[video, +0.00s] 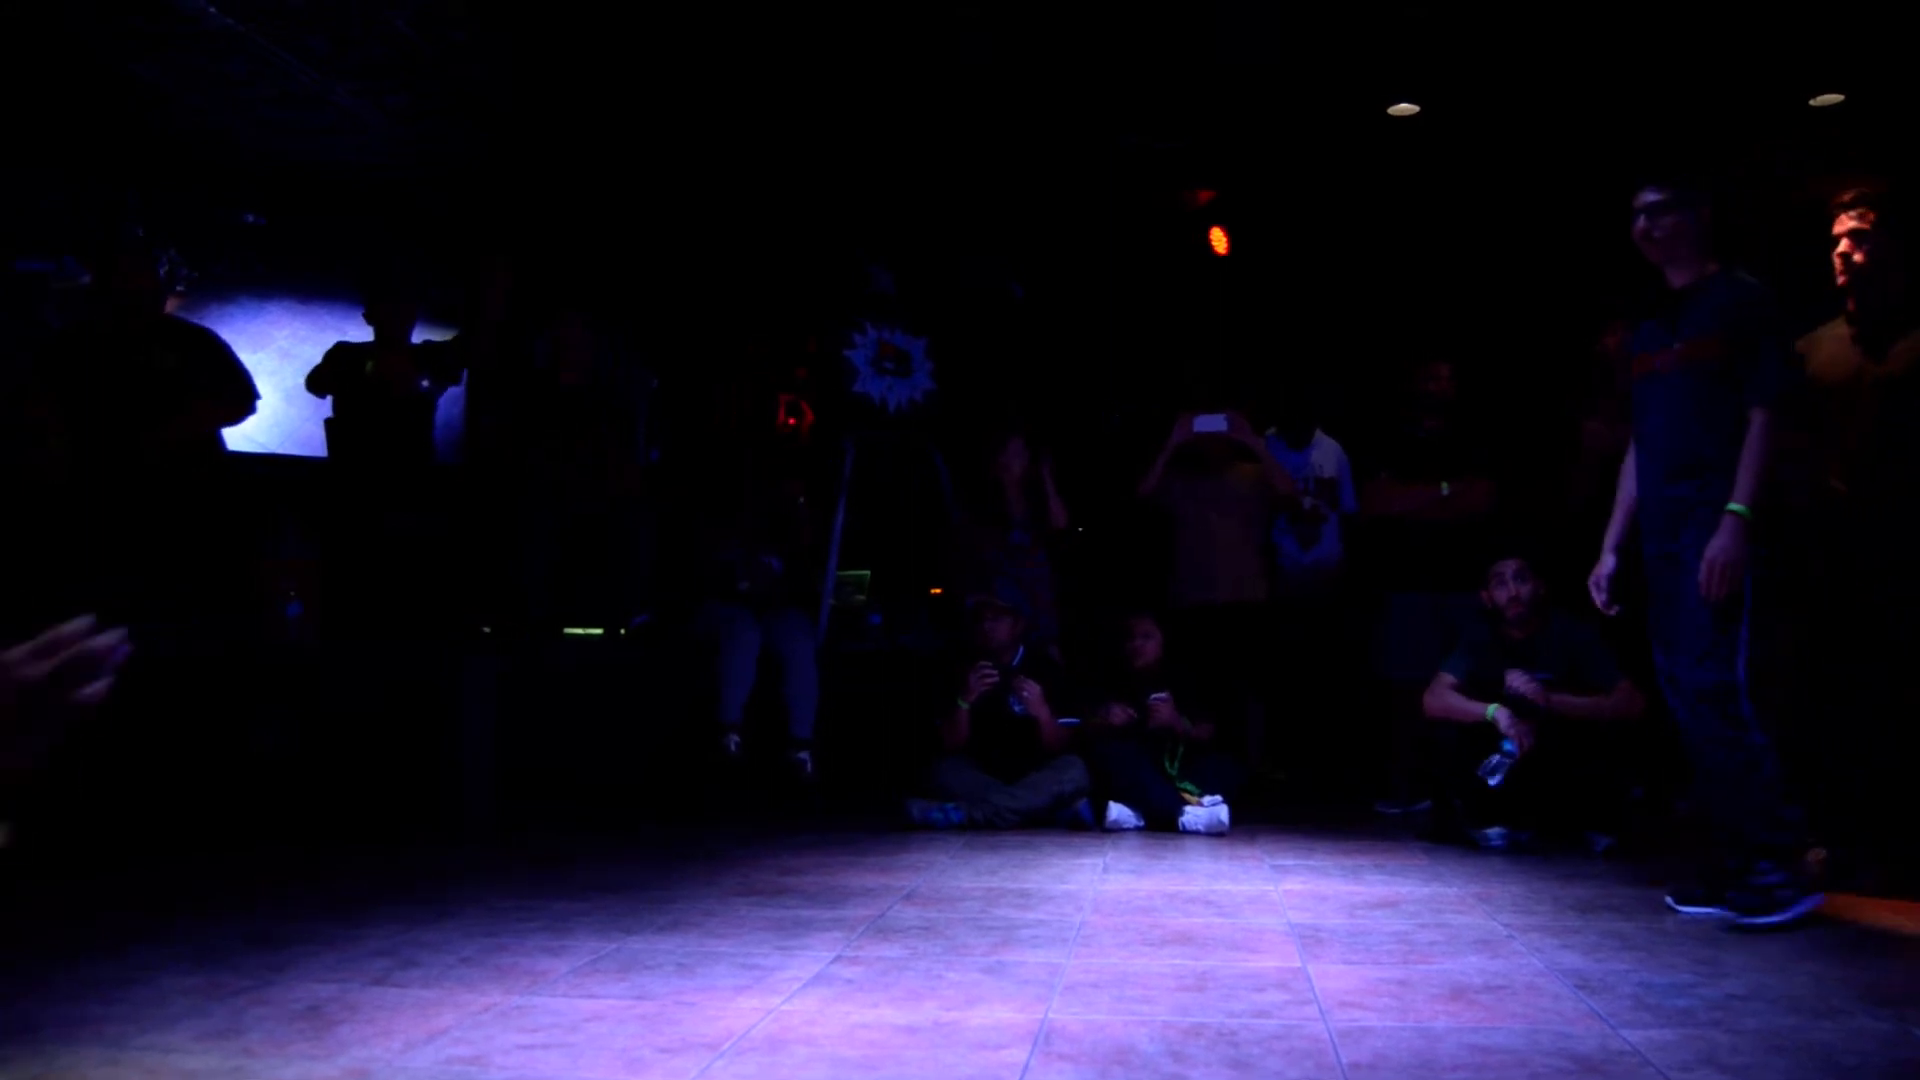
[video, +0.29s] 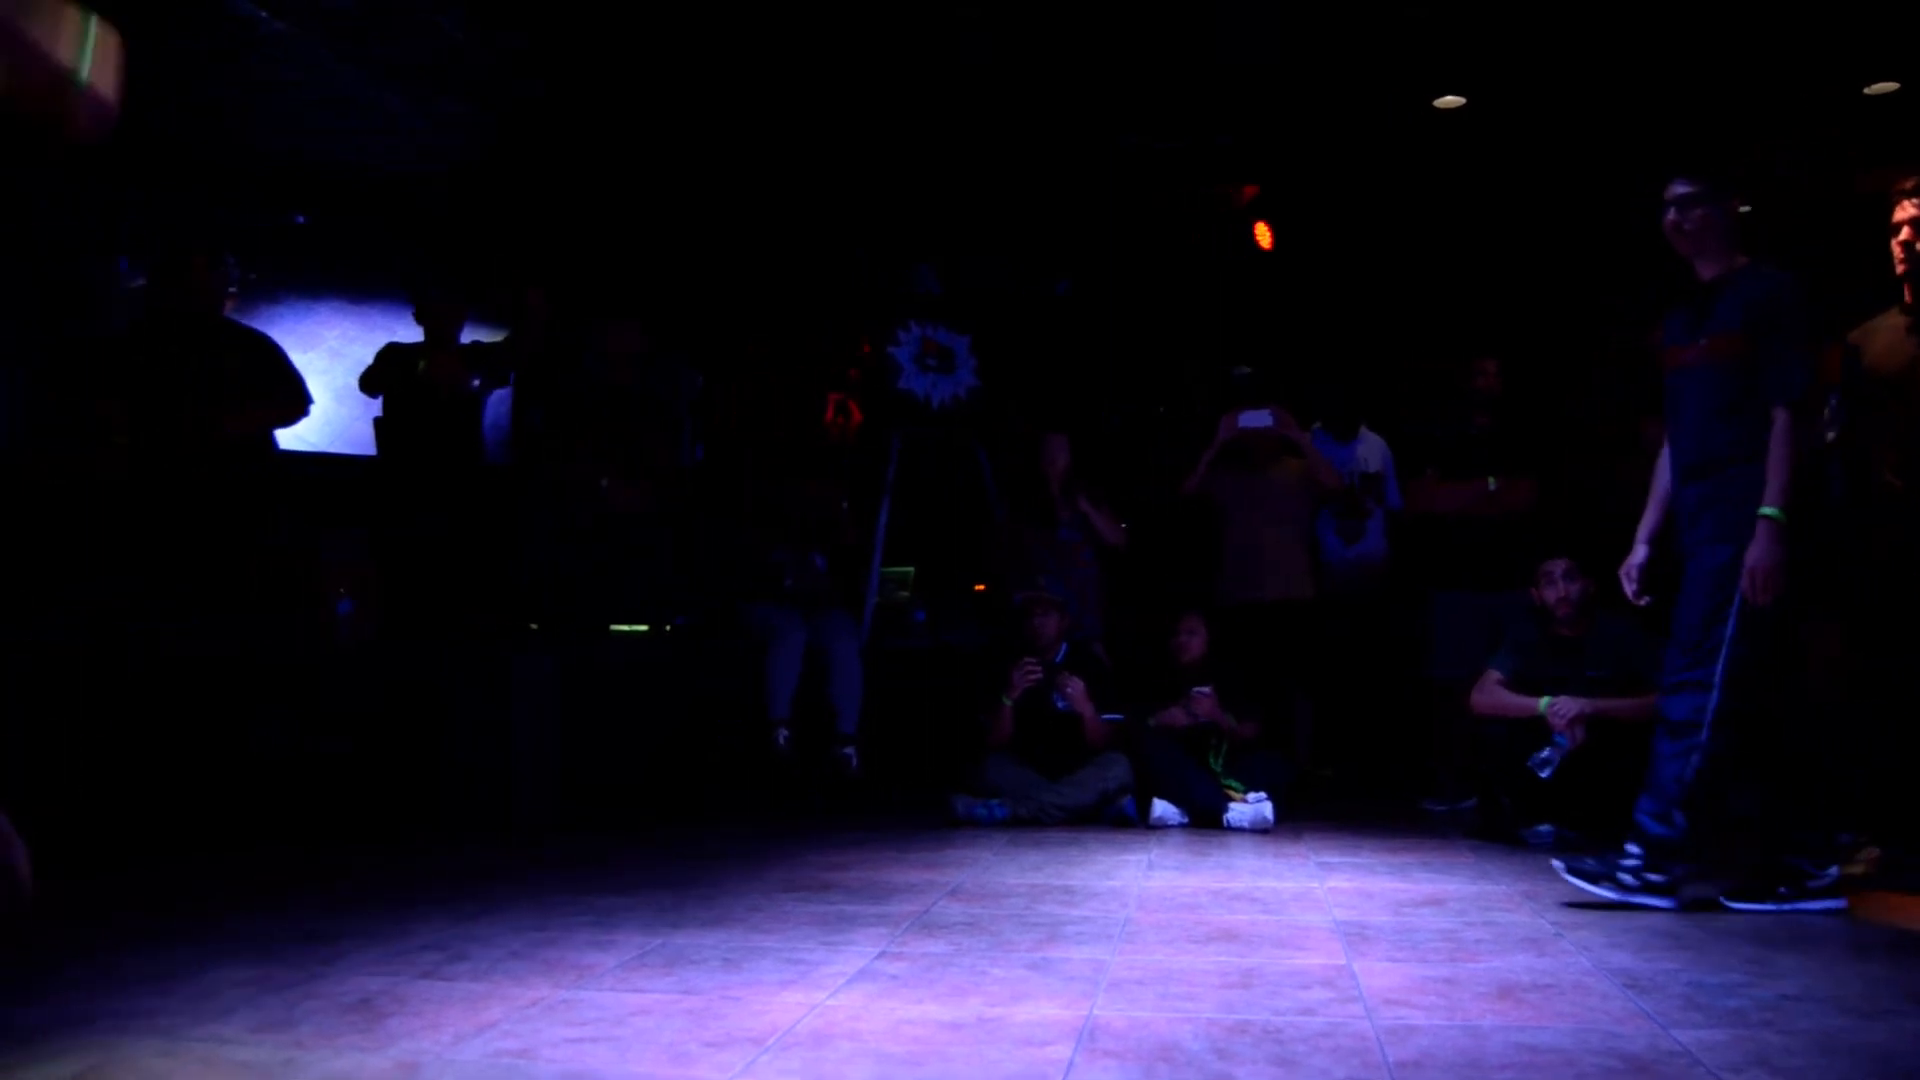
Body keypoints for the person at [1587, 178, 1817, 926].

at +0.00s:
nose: (1647, 226)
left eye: (1661, 211)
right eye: (1639, 215)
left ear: (1697, 216)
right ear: (1636, 229)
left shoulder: (1742, 302)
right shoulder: (1652, 320)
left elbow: (1764, 420)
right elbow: (1643, 442)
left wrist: (1736, 521)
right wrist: (1612, 546)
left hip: (1718, 529)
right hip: (1663, 532)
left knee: (1717, 691)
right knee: (1687, 692)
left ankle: (1774, 873)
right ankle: (1730, 869)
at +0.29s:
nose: (1675, 219)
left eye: (1690, 204)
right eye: (1669, 208)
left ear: (1728, 211)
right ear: (1666, 224)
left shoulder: (1766, 295)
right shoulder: (1687, 313)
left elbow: (1788, 416)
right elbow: (1678, 437)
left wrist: (1770, 524)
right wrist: (1645, 538)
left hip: (1744, 519)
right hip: (1696, 520)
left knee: (1694, 676)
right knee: (1725, 677)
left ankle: (1657, 853)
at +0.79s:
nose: (1619, 225)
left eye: (1634, 211)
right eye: (1615, 213)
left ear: (1676, 217)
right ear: (1622, 227)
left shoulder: (1693, 300)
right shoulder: (1671, 301)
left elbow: (1693, 425)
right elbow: (1678, 426)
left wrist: (1664, 534)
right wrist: (1636, 533)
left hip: (1677, 530)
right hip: (1673, 527)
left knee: (1662, 694)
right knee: (1724, 686)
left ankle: (1652, 859)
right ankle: (1820, 847)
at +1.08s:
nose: (1572, 225)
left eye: (1587, 212)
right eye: (1570, 213)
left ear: (1630, 218)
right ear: (1607, 226)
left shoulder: (1639, 299)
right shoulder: (1639, 296)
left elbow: (1618, 428)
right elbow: (1622, 430)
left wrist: (1558, 524)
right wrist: (1586, 545)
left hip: (1633, 525)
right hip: (1637, 521)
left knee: (1627, 686)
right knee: (1641, 680)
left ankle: (1641, 857)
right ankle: (1711, 824)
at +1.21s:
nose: (1561, 228)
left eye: (1576, 214)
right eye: (1559, 216)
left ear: (1618, 220)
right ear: (1587, 227)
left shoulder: (1628, 300)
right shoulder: (1617, 298)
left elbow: (1601, 424)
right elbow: (1600, 426)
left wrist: (1542, 521)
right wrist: (1562, 533)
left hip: (1622, 528)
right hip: (1609, 525)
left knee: (1617, 688)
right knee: (1599, 685)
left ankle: (1642, 856)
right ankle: (1622, 838)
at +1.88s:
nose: (1500, 237)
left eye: (1516, 226)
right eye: (1499, 227)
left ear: (1553, 238)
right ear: (1505, 241)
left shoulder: (1578, 315)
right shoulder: (1520, 328)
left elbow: (1591, 429)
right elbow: (1500, 456)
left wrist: (1574, 528)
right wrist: (1465, 549)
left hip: (1552, 540)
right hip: (1504, 544)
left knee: (1583, 694)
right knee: (1519, 695)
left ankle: (1639, 850)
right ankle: (1521, 838)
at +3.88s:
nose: (1549, 241)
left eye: (1562, 230)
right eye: (1539, 231)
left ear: (1589, 242)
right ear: (1527, 247)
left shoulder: (1624, 334)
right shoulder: (1495, 338)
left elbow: (1644, 440)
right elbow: (1481, 443)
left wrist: (1653, 532)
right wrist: (1475, 538)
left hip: (1605, 542)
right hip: (1522, 542)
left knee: (1617, 693)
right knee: (1523, 692)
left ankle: (1639, 841)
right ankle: (1520, 836)